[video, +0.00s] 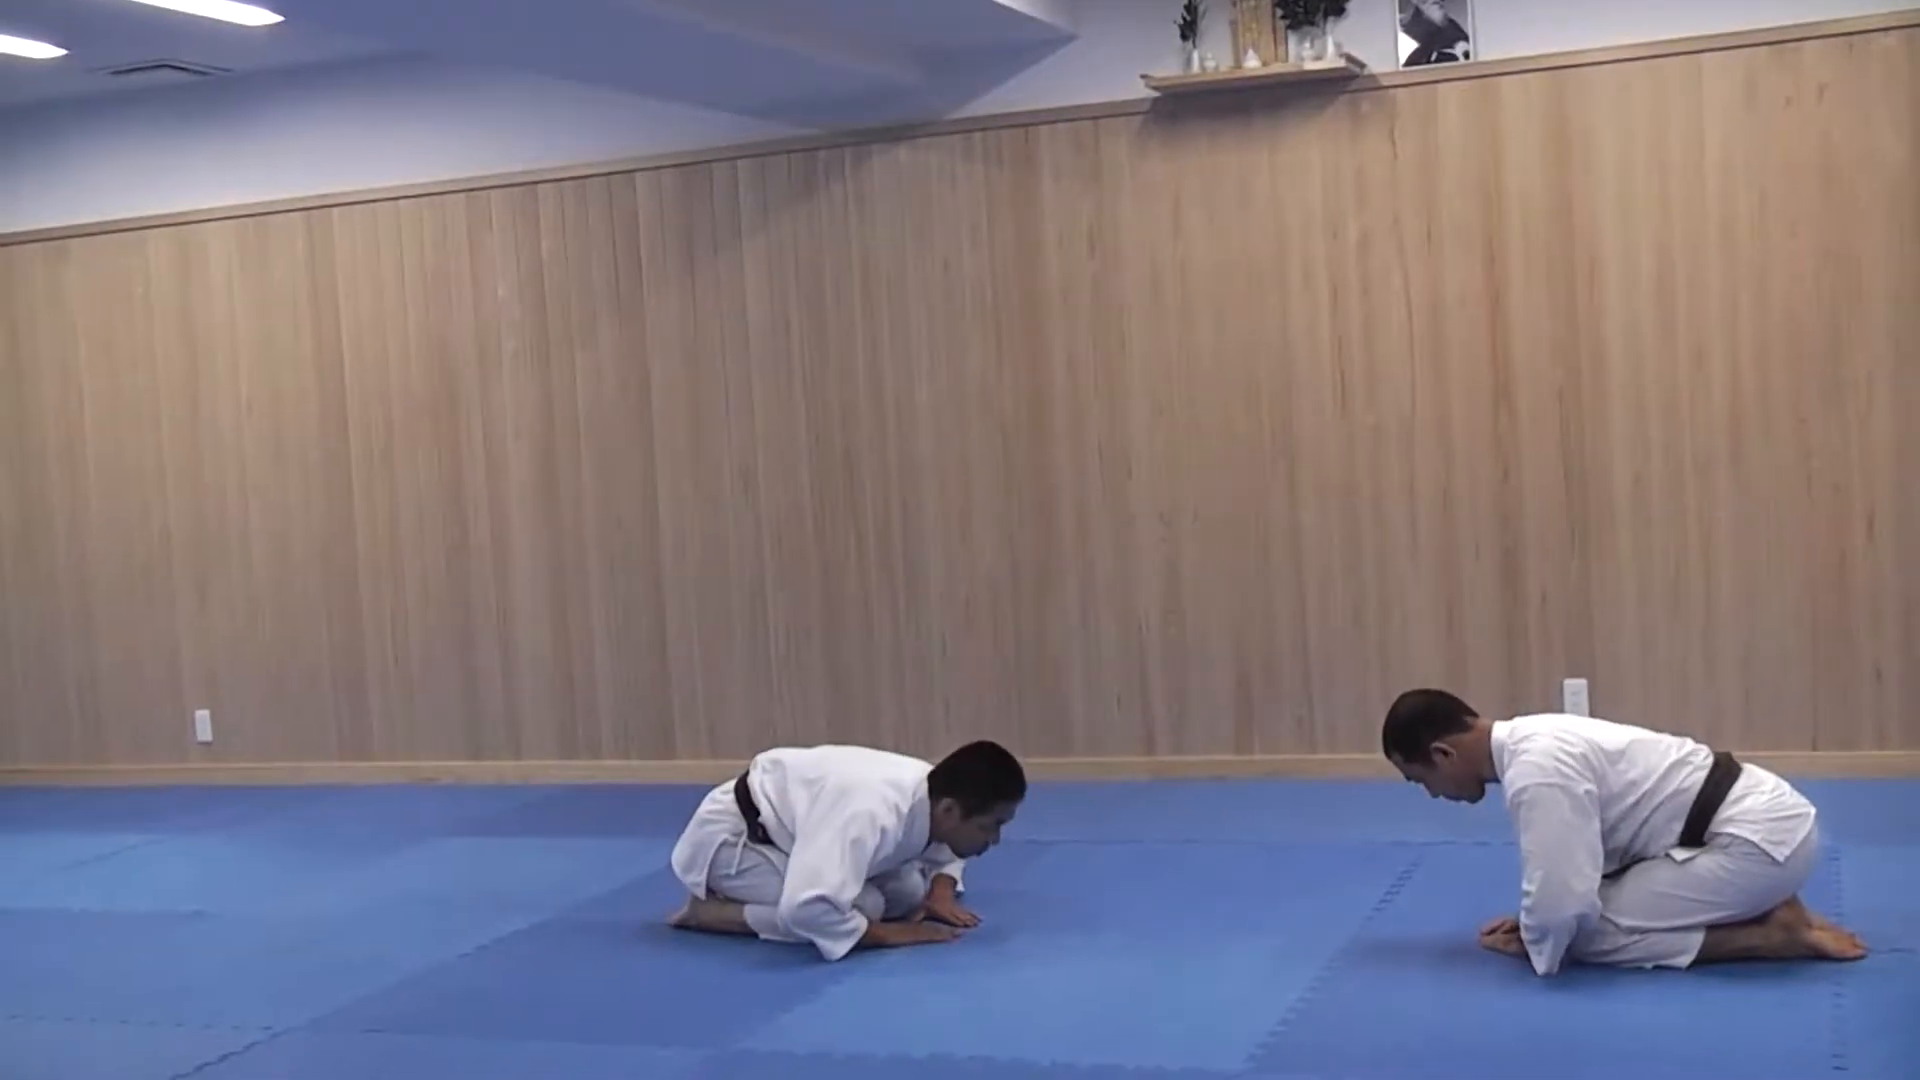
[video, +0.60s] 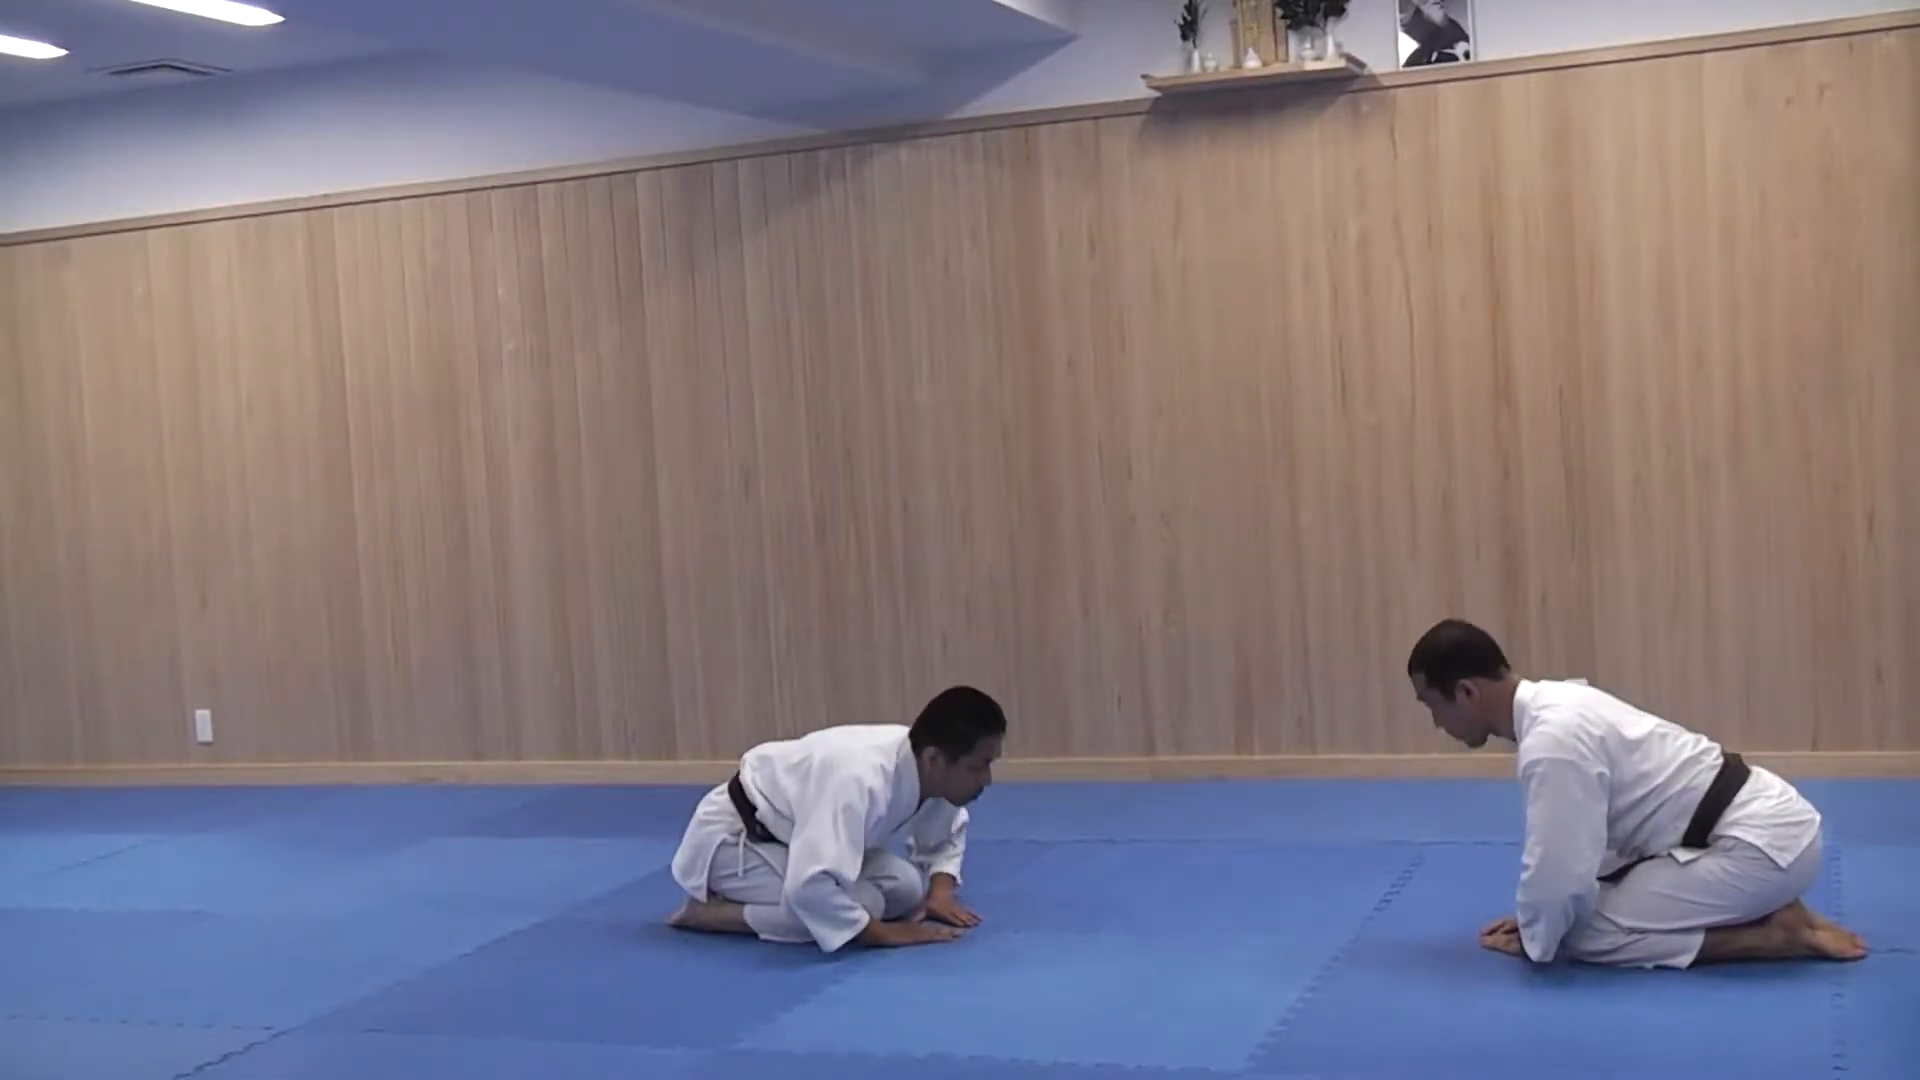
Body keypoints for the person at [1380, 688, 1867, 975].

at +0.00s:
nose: (1433, 794)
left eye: (1421, 781)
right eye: (1420, 785)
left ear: (1444, 752)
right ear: (1458, 735)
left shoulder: (1536, 767)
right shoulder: (1537, 743)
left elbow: (1566, 900)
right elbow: (1589, 867)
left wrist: (1534, 939)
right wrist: (1536, 921)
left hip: (1758, 842)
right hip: (1767, 819)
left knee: (1583, 932)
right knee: (1585, 913)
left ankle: (1772, 938)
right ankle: (1768, 921)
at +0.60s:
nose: (1435, 722)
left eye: (1431, 705)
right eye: (1427, 708)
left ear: (1467, 692)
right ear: (1481, 683)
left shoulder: (1553, 740)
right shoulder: (1561, 704)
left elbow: (1560, 877)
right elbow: (1593, 848)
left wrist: (1535, 940)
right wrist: (1537, 913)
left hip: (1761, 848)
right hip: (1771, 821)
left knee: (1584, 934)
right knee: (1591, 906)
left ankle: (1771, 940)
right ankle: (1771, 921)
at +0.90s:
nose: (1466, 647)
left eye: (1469, 629)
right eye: (1462, 630)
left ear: (1511, 630)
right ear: (1525, 627)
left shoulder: (1579, 707)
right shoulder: (1592, 665)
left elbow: (1564, 840)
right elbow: (1567, 817)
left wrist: (1536, 932)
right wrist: (1539, 915)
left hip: (1760, 851)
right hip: (1773, 822)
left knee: (1584, 934)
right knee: (1596, 893)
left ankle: (1772, 939)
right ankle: (1772, 920)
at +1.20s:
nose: (1521, 585)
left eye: (1530, 568)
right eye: (1523, 568)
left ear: (1572, 582)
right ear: (1576, 582)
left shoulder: (1617, 680)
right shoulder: (1639, 634)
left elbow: (1578, 815)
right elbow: (1576, 795)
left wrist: (1529, 918)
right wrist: (1540, 907)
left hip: (1763, 856)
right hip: (1780, 831)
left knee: (1580, 929)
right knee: (1592, 895)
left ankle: (1770, 941)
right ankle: (1776, 922)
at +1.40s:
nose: (1564, 553)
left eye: (1574, 539)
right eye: (1568, 537)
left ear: (1617, 557)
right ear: (1621, 558)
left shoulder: (1639, 666)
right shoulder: (1681, 616)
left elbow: (1585, 795)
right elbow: (1637, 752)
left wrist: (1533, 894)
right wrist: (1600, 839)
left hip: (1761, 860)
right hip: (1784, 832)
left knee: (1581, 926)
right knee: (1590, 895)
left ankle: (1777, 941)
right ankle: (1781, 921)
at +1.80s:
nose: (1649, 520)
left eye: (1660, 506)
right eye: (1655, 504)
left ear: (1700, 528)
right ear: (1705, 530)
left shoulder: (1709, 644)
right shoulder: (1744, 605)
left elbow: (1645, 770)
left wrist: (1576, 869)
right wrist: (1653, 834)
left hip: (1775, 860)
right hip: (1796, 837)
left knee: (1584, 924)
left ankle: (1778, 943)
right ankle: (1785, 922)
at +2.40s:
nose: (1710, 513)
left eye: (1723, 499)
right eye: (1716, 497)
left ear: (1763, 520)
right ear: (1763, 521)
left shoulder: (1765, 636)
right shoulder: (1774, 608)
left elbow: (1731, 779)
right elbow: (1721, 762)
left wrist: (1650, 857)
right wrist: (1658, 833)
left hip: (1786, 866)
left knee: (1584, 921)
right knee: (1588, 883)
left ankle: (1787, 943)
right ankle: (1776, 921)